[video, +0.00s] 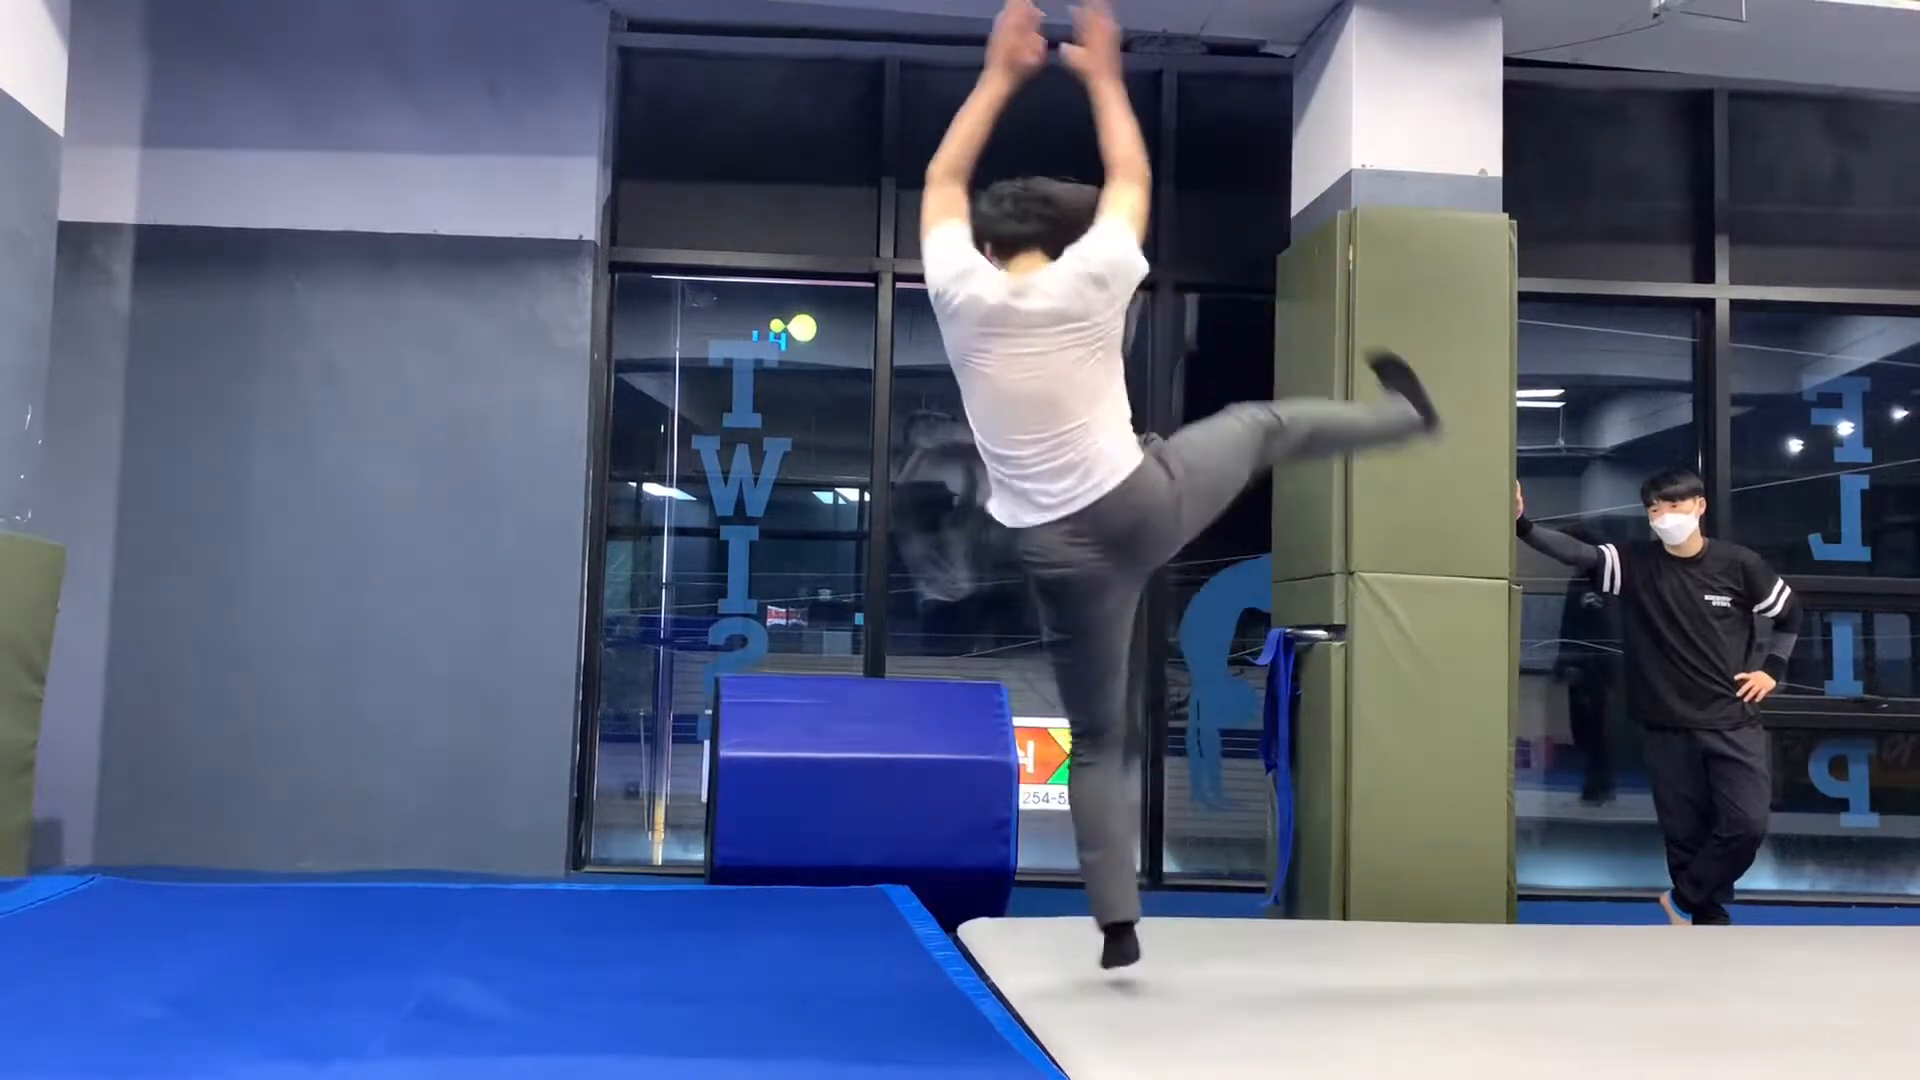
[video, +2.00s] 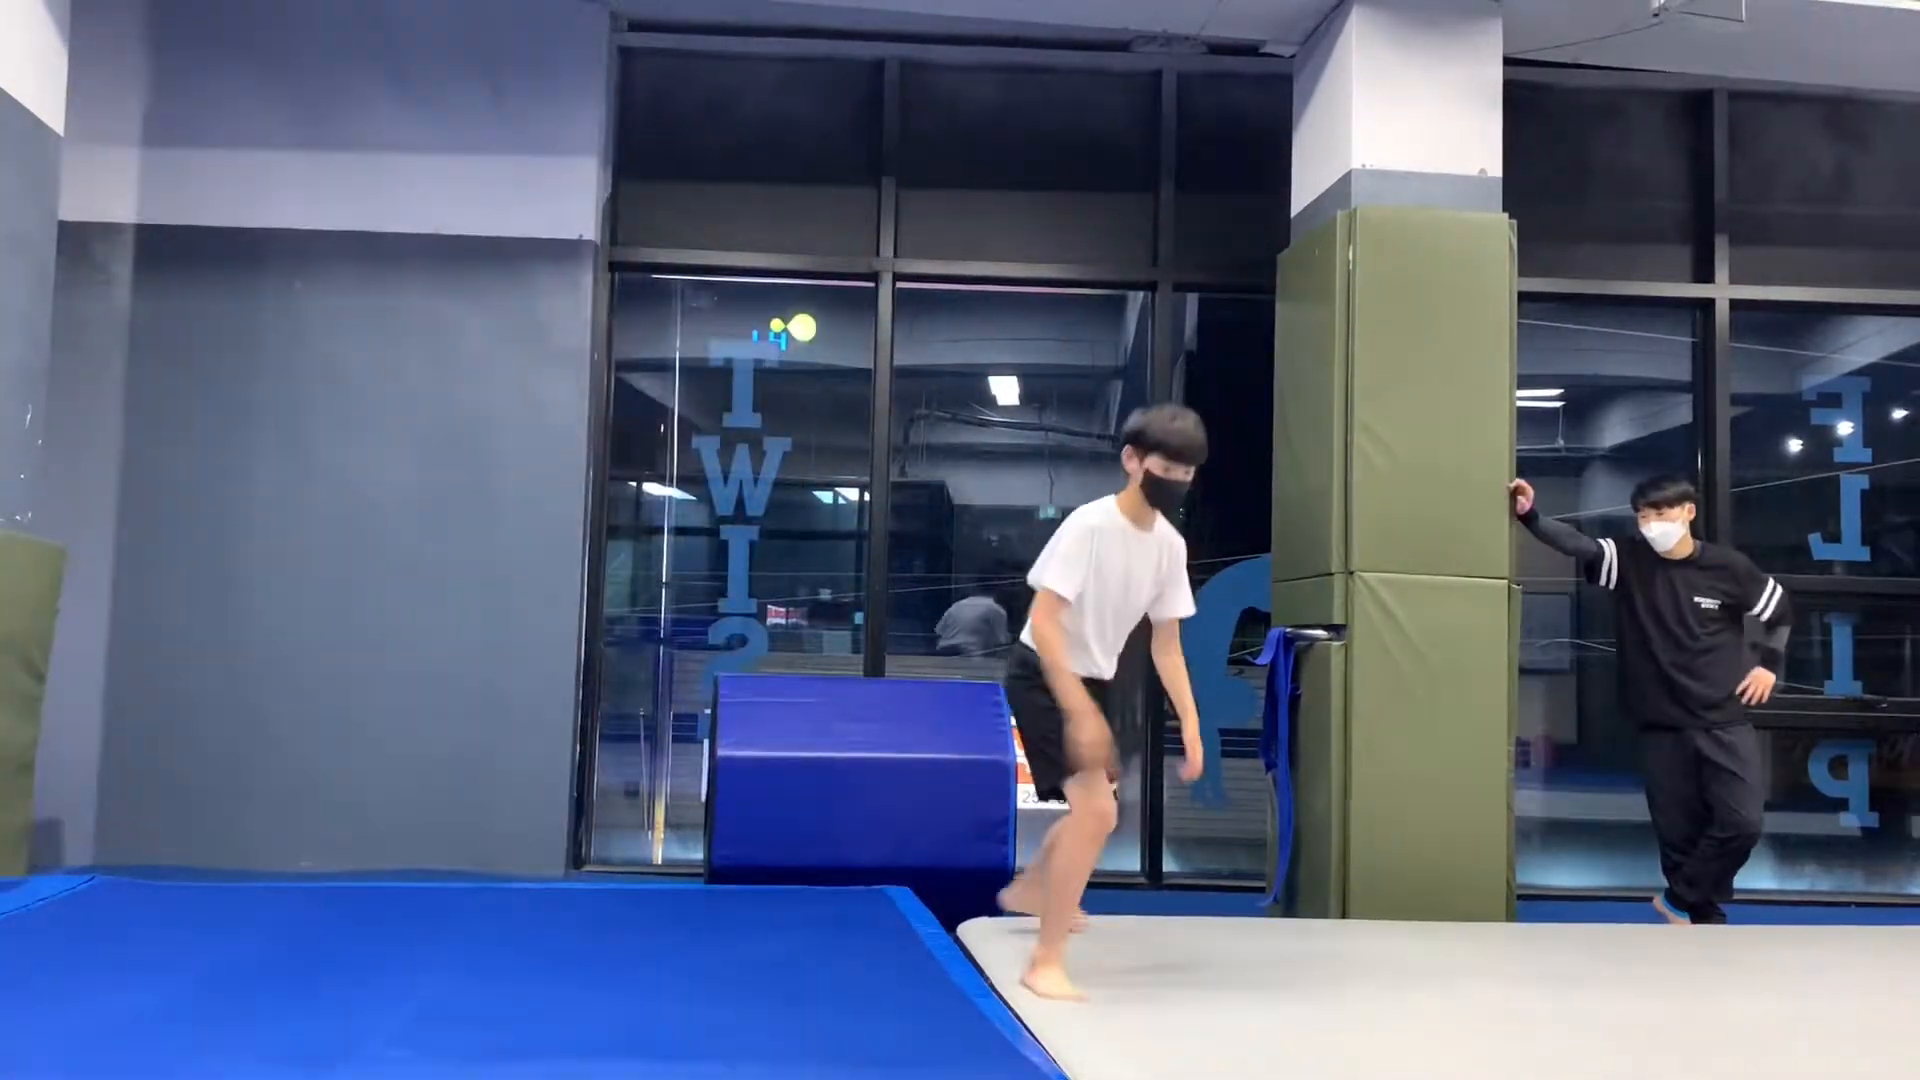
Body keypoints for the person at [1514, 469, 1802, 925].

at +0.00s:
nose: (1664, 512)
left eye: (1675, 502)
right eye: (1656, 505)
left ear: (1699, 506)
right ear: (1648, 513)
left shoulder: (1740, 565)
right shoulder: (1634, 562)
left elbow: (1789, 615)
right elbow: (1578, 552)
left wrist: (1771, 670)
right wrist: (1523, 526)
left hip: (1732, 720)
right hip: (1667, 724)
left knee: (1748, 824)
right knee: (1683, 833)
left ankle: (1684, 900)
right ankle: (1717, 931)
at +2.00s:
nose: (1655, 522)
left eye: (1665, 511)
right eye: (1647, 513)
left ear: (1689, 513)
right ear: (1637, 517)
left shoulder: (1726, 565)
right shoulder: (1628, 558)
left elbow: (1780, 610)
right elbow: (1578, 544)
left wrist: (1768, 665)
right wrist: (1531, 516)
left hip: (1725, 721)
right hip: (1662, 724)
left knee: (1742, 824)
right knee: (1677, 834)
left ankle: (1679, 901)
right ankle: (1709, 927)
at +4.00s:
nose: (1647, 522)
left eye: (1659, 514)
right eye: (1643, 513)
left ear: (1688, 517)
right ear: (1638, 514)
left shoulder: (1725, 567)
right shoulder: (1625, 559)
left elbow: (1767, 618)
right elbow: (1575, 546)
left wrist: (1757, 669)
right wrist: (1530, 517)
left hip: (1722, 720)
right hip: (1658, 724)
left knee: (1743, 823)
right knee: (1675, 834)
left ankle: (1675, 901)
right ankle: (1709, 927)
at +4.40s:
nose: (1670, 538)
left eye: (1683, 529)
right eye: (1665, 527)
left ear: (1709, 532)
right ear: (1656, 525)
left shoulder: (1737, 577)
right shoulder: (1633, 568)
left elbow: (1782, 620)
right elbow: (1572, 556)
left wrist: (1756, 666)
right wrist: (1515, 532)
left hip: (1731, 727)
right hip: (1668, 727)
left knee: (1728, 835)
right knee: (1680, 833)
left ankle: (1719, 923)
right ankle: (1689, 928)